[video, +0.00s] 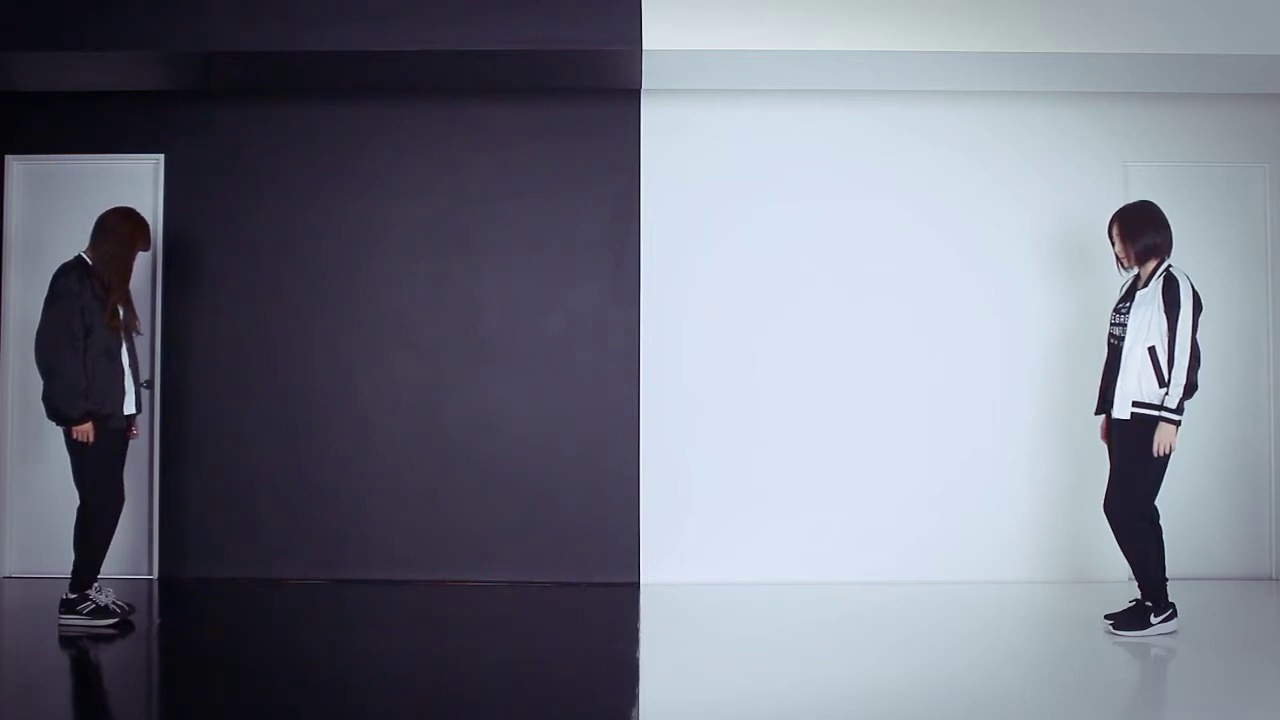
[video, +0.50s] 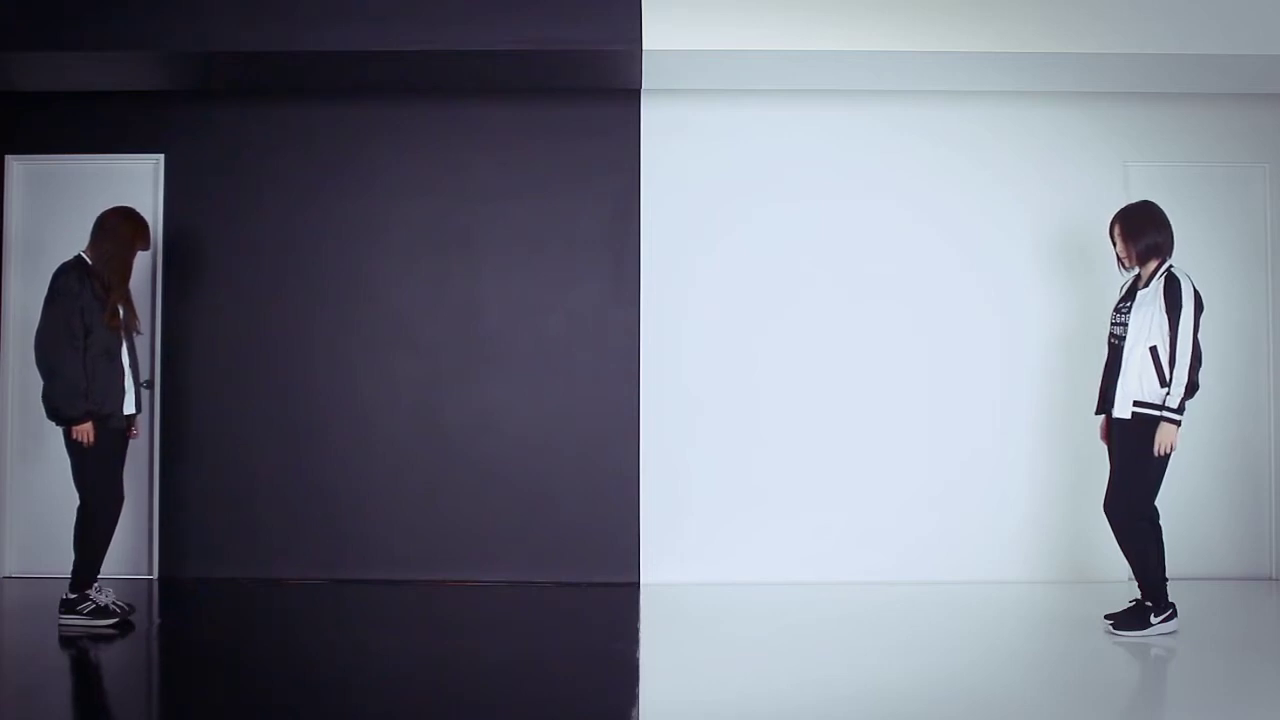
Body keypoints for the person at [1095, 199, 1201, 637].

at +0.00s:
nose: (1116, 250)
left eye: (1120, 241)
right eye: (1113, 242)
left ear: (1144, 236)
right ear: (1125, 241)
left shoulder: (1175, 284)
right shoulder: (1132, 286)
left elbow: (1185, 356)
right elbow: (1118, 354)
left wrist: (1170, 417)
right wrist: (1108, 410)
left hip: (1150, 418)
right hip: (1124, 416)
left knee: (1127, 506)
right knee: (1128, 506)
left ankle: (1157, 604)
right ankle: (1151, 600)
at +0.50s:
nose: (1117, 249)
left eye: (1121, 240)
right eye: (1114, 242)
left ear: (1145, 236)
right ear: (1126, 241)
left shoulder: (1177, 284)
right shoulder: (1131, 287)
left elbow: (1187, 356)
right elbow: (1117, 355)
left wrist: (1172, 417)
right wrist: (1107, 410)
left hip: (1151, 417)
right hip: (1123, 416)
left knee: (1125, 506)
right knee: (1131, 507)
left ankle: (1157, 604)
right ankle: (1152, 600)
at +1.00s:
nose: (1118, 249)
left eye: (1123, 240)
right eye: (1116, 242)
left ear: (1147, 237)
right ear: (1125, 242)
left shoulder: (1178, 284)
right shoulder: (1131, 288)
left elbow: (1188, 356)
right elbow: (1117, 354)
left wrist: (1172, 417)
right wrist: (1107, 410)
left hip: (1151, 418)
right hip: (1123, 416)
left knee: (1126, 506)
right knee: (1131, 507)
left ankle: (1157, 604)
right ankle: (1152, 600)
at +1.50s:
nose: (1119, 249)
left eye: (1123, 240)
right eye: (1116, 241)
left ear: (1147, 236)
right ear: (1125, 242)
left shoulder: (1179, 284)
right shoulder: (1131, 287)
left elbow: (1190, 356)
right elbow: (1117, 354)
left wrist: (1174, 417)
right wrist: (1107, 410)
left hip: (1152, 417)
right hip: (1123, 416)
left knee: (1128, 507)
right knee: (1127, 506)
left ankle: (1158, 604)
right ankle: (1151, 600)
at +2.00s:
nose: (1114, 249)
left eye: (1118, 240)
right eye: (1111, 242)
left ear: (1141, 236)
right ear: (1120, 242)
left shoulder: (1176, 285)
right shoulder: (1126, 288)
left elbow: (1188, 356)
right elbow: (1116, 355)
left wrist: (1175, 416)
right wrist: (1107, 410)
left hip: (1153, 417)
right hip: (1123, 416)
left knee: (1130, 505)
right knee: (1126, 506)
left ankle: (1158, 604)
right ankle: (1151, 600)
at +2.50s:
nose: (1089, 249)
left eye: (1093, 240)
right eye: (1086, 242)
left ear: (1117, 236)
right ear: (1092, 243)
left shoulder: (1156, 284)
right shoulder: (1100, 288)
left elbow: (1178, 351)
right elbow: (1099, 353)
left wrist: (1171, 414)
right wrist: (1087, 404)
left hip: (1139, 415)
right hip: (1109, 415)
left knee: (1082, 486)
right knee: (1131, 506)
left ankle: (1103, 584)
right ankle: (1156, 601)